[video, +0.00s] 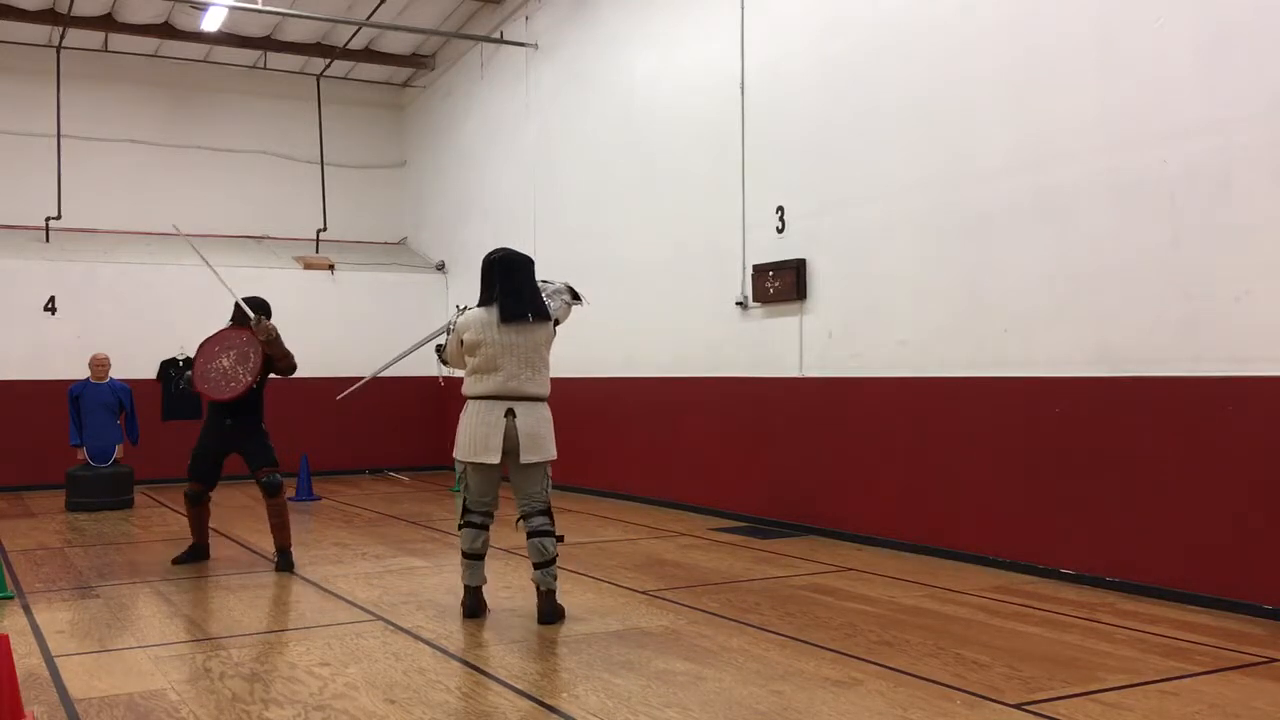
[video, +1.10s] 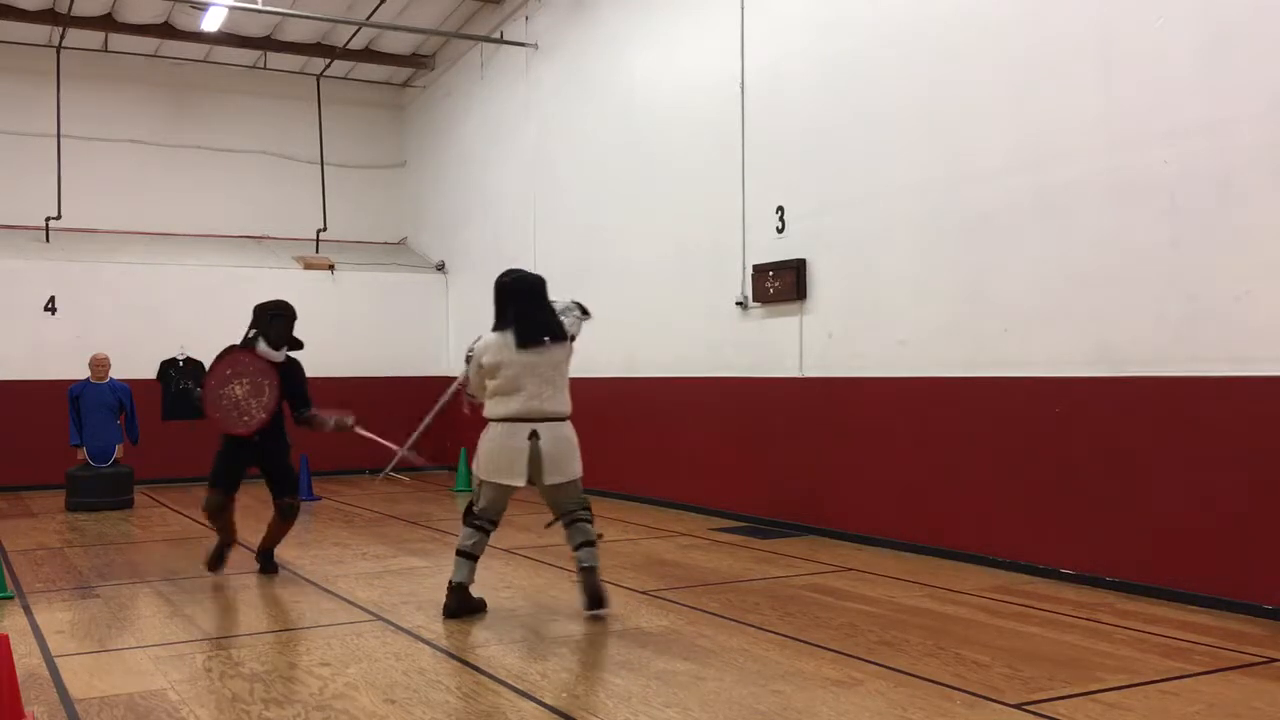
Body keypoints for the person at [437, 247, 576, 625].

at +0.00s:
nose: (481, 285)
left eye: (485, 278)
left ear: (488, 282)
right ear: (529, 281)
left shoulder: (470, 321)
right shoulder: (543, 318)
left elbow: (452, 358)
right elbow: (563, 298)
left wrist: (456, 330)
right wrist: (543, 285)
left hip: (481, 425)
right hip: (532, 424)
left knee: (477, 509)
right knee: (536, 509)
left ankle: (472, 595)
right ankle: (547, 601)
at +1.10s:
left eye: (499, 301)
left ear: (501, 304)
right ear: (541, 300)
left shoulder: (487, 346)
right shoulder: (560, 335)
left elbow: (476, 391)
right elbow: (572, 315)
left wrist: (472, 360)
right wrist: (574, 310)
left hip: (503, 441)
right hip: (556, 439)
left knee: (483, 516)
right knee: (574, 512)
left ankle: (457, 592)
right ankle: (591, 580)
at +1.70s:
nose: (652, 291)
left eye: (655, 285)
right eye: (651, 284)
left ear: (664, 290)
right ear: (697, 286)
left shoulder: (653, 330)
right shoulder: (713, 327)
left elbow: (609, 343)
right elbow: (691, 294)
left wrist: (594, 299)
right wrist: (652, 267)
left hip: (653, 436)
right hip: (696, 436)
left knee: (633, 528)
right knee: (655, 517)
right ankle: (647, 600)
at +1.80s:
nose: (675, 290)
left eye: (677, 283)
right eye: (674, 282)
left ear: (687, 288)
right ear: (719, 283)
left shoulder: (680, 331)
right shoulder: (740, 323)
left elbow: (631, 345)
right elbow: (719, 288)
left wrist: (615, 304)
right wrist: (677, 265)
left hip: (687, 436)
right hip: (728, 434)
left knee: (688, 531)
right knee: (676, 523)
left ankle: (743, 606)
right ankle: (655, 598)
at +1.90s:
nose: (695, 289)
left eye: (698, 282)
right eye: (693, 282)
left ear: (708, 286)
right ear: (743, 279)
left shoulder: (706, 331)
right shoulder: (765, 319)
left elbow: (656, 351)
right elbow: (733, 287)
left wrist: (632, 308)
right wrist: (690, 268)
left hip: (722, 441)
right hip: (762, 438)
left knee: (731, 534)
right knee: (710, 521)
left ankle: (760, 623)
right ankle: (684, 595)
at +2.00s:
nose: (722, 279)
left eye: (725, 273)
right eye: (720, 272)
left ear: (736, 278)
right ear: (772, 271)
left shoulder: (737, 325)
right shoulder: (792, 313)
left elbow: (692, 361)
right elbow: (753, 293)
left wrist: (660, 327)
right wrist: (708, 281)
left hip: (753, 433)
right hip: (794, 430)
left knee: (738, 524)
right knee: (749, 514)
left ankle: (760, 621)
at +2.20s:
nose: (780, 277)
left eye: (785, 269)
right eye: (782, 269)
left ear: (799, 273)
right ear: (829, 269)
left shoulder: (804, 324)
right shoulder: (847, 312)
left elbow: (769, 380)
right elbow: (793, 313)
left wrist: (721, 363)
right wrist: (752, 317)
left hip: (810, 433)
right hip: (851, 427)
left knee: (776, 526)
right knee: (854, 526)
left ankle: (765, 625)